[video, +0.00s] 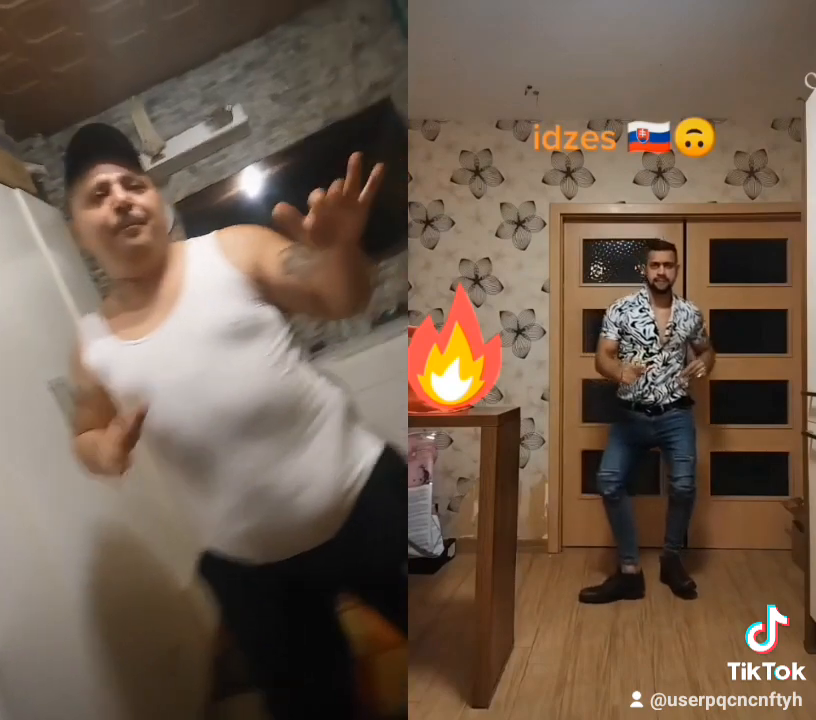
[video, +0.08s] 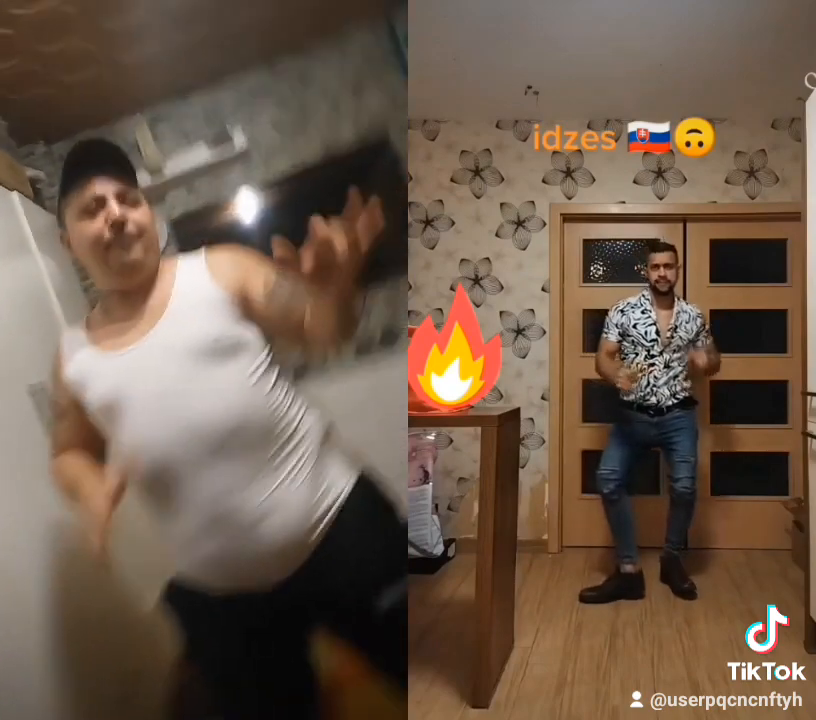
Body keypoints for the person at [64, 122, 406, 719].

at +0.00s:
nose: (122, 202)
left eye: (132, 184)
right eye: (97, 196)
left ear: (161, 200)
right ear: (78, 233)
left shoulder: (235, 249)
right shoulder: (96, 343)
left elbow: (343, 298)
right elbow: (89, 431)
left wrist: (341, 252)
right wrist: (106, 450)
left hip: (361, 502)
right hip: (250, 562)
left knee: (448, 641)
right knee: (310, 709)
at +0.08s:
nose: (116, 217)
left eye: (127, 199)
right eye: (92, 210)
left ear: (152, 213)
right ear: (69, 242)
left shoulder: (222, 270)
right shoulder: (77, 358)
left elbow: (322, 329)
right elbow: (71, 450)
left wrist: (335, 291)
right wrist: (91, 487)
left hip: (337, 536)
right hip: (220, 592)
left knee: (393, 687)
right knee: (265, 716)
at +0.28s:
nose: (118, 211)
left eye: (134, 193)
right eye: (95, 197)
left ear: (159, 211)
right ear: (69, 220)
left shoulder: (215, 291)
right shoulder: (46, 340)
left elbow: (297, 394)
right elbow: (21, 439)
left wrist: (276, 356)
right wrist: (9, 469)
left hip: (262, 590)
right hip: (120, 612)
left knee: (327, 710)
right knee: (122, 711)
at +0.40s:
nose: (138, 165)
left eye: (158, 148)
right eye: (118, 150)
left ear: (191, 171)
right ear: (92, 175)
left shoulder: (228, 267)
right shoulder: (46, 284)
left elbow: (290, 381)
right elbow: (3, 378)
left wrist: (223, 325)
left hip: (215, 577)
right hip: (71, 580)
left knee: (249, 713)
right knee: (60, 712)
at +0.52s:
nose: (188, 154)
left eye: (212, 142)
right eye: (171, 138)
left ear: (244, 173)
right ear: (147, 161)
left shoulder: (274, 272)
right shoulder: (92, 259)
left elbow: (312, 393)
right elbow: (17, 326)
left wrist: (240, 338)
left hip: (197, 570)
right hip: (56, 553)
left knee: (203, 714)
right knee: (28, 705)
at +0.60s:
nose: (208, 166)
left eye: (233, 155)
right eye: (192, 150)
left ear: (263, 188)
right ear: (168, 170)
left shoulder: (285, 287)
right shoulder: (110, 262)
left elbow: (321, 410)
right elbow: (29, 328)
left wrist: (261, 361)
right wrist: (8, 326)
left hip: (190, 573)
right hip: (49, 546)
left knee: (181, 713)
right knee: (8, 695)